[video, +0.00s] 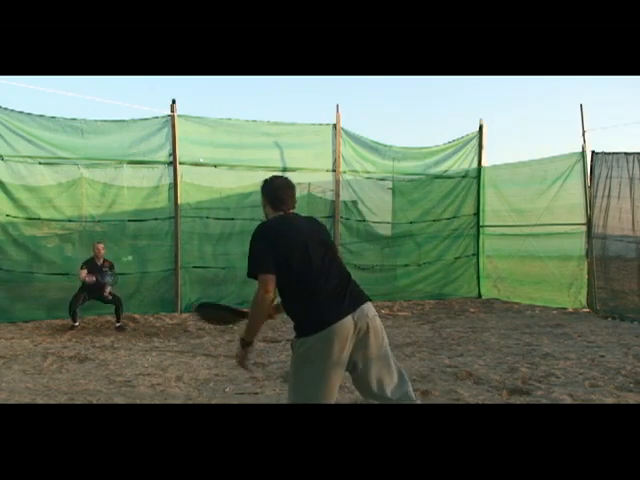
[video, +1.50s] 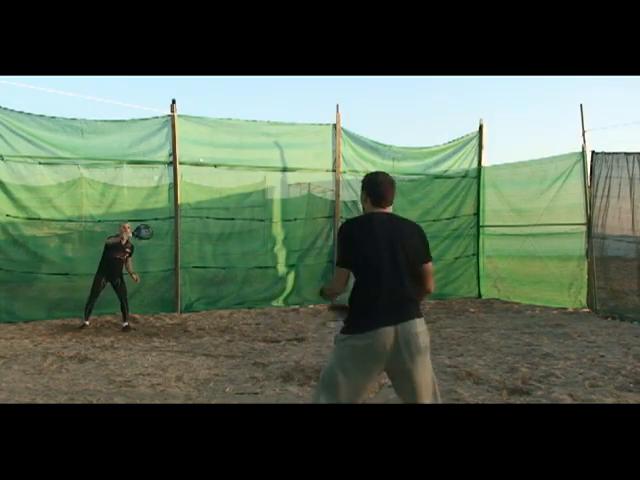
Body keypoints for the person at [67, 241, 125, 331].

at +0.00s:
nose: (100, 251)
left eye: (101, 249)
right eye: (97, 249)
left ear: (104, 251)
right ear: (94, 251)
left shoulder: (109, 264)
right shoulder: (87, 263)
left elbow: (111, 279)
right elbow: (82, 276)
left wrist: (107, 290)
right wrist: (87, 278)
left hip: (101, 290)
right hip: (87, 290)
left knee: (117, 301)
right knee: (73, 304)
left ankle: (118, 323)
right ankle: (75, 323)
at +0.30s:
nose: (104, 252)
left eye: (106, 250)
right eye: (102, 250)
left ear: (109, 251)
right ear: (98, 251)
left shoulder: (112, 264)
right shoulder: (89, 263)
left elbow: (112, 279)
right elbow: (81, 281)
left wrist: (109, 293)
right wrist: (84, 292)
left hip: (103, 290)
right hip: (89, 289)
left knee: (120, 299)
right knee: (74, 303)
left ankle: (119, 323)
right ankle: (72, 323)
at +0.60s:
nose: (107, 238)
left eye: (109, 236)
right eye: (105, 235)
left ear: (111, 237)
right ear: (101, 237)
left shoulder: (115, 250)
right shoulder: (91, 249)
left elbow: (116, 265)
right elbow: (80, 264)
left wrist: (115, 278)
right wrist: (85, 276)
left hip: (107, 279)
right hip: (92, 279)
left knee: (119, 298)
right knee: (81, 298)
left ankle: (119, 321)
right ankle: (75, 322)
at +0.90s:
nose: (109, 231)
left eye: (111, 228)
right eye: (107, 228)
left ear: (114, 230)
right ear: (102, 229)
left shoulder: (117, 245)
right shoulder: (92, 243)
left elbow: (120, 260)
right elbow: (82, 258)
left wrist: (119, 272)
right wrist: (89, 263)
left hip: (109, 274)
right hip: (95, 274)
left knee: (117, 298)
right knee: (88, 298)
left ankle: (119, 321)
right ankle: (85, 321)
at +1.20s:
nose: (114, 240)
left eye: (116, 238)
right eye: (112, 237)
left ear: (119, 238)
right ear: (109, 236)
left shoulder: (121, 248)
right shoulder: (101, 243)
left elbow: (122, 263)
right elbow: (88, 249)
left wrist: (125, 274)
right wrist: (101, 243)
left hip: (110, 277)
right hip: (96, 276)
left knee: (120, 300)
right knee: (89, 299)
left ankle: (125, 323)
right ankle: (85, 322)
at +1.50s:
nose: (126, 231)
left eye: (128, 229)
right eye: (124, 228)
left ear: (130, 231)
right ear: (120, 230)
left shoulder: (129, 246)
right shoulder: (111, 240)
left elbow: (127, 262)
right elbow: (109, 242)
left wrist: (132, 274)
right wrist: (122, 239)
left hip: (117, 274)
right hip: (103, 272)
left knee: (123, 298)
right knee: (93, 296)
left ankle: (125, 322)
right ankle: (86, 320)